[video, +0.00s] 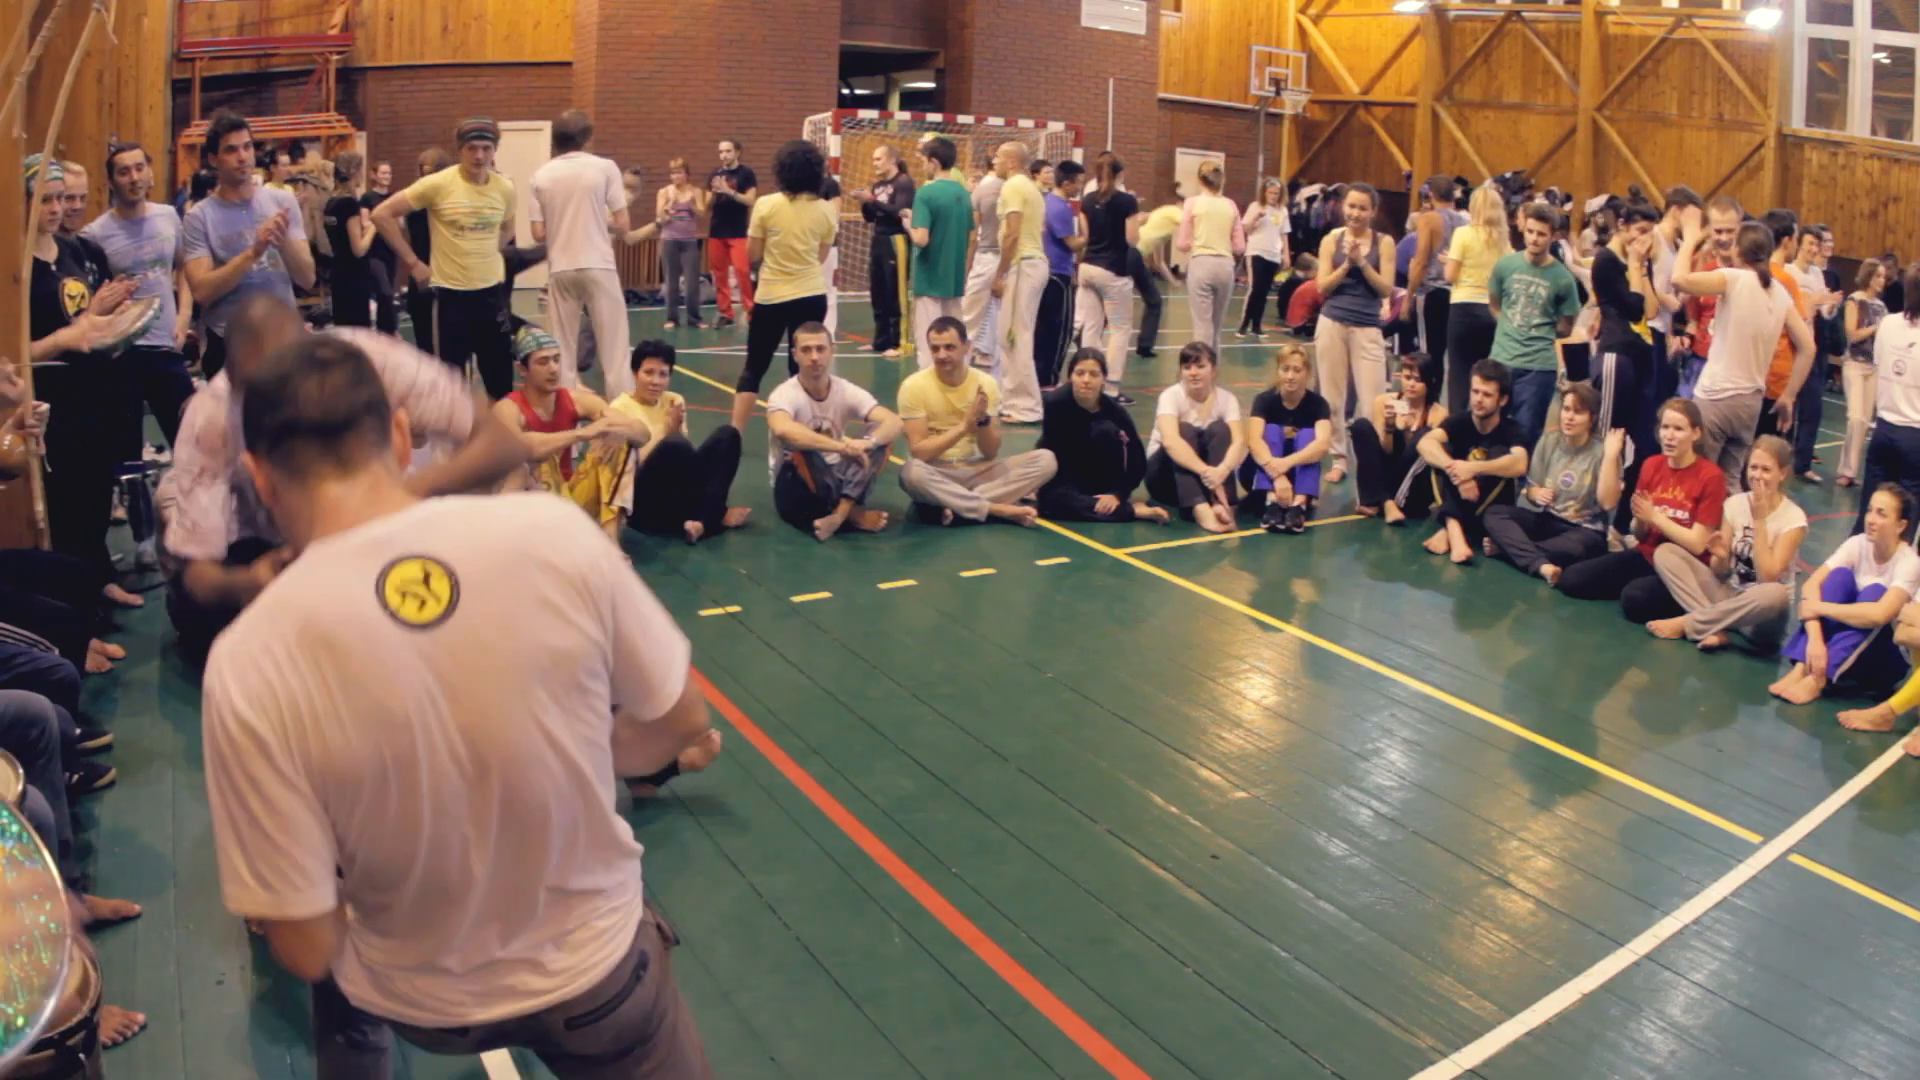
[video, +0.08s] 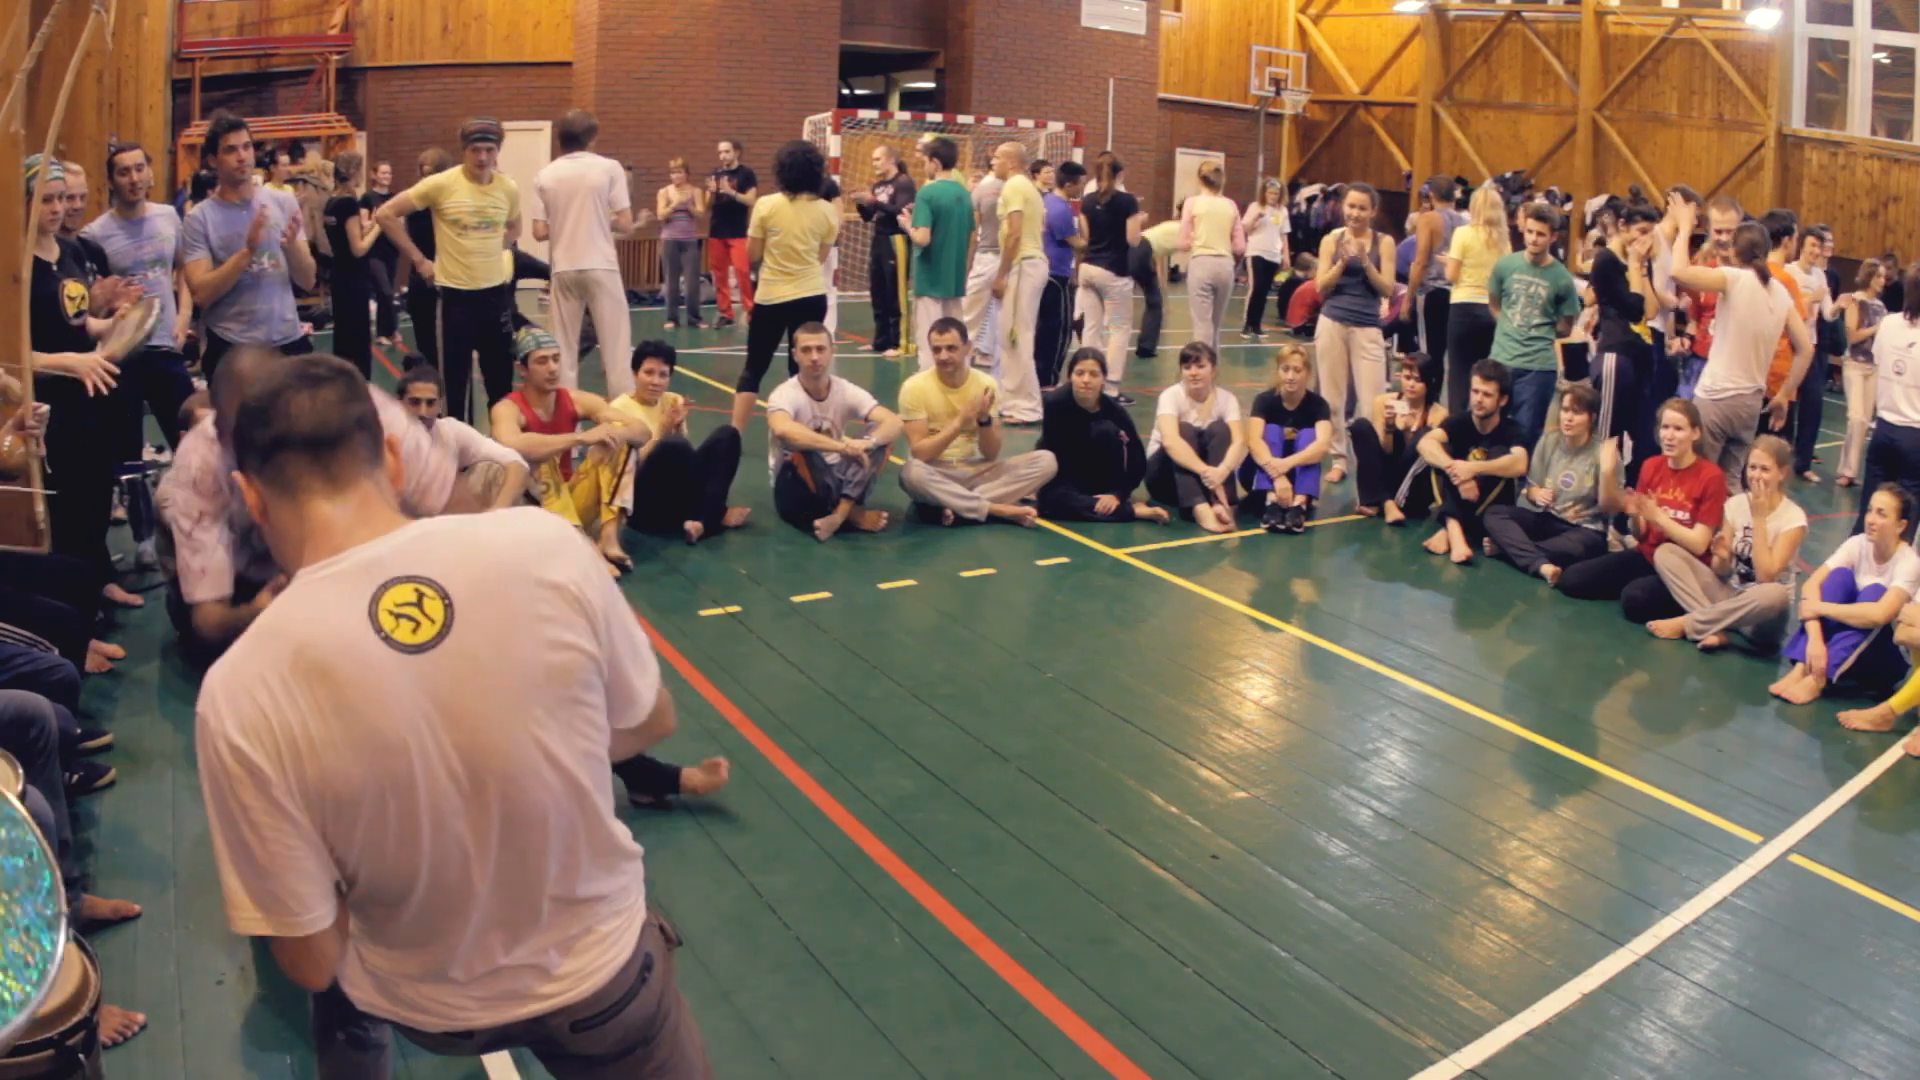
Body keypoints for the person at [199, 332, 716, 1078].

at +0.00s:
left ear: (258, 476)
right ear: (402, 433)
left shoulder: (253, 662)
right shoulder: (554, 533)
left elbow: (306, 953)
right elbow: (674, 720)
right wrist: (552, 755)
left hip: (413, 999)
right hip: (595, 973)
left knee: (337, 975)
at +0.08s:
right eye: (400, 432)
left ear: (251, 496)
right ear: (392, 455)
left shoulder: (244, 693)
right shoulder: (544, 544)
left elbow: (311, 964)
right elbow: (651, 721)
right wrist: (530, 750)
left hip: (420, 1004)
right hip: (600, 980)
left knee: (340, 984)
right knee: (662, 1066)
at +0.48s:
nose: (259, 404)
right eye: (247, 391)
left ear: (111, 469)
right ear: (238, 403)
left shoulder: (121, 616)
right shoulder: (344, 454)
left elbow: (174, 728)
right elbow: (447, 606)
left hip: (358, 982)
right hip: (540, 923)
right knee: (670, 1067)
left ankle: (295, 1048)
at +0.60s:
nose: (271, 469)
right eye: (243, 464)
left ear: (107, 547)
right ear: (213, 478)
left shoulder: (108, 672)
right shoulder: (315, 511)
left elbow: (187, 766)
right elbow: (391, 631)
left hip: (356, 1002)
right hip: (528, 936)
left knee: (272, 993)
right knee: (644, 1010)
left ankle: (285, 1063)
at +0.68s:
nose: (257, 502)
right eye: (240, 492)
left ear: (120, 579)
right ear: (218, 505)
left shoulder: (119, 694)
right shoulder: (320, 537)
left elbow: (213, 788)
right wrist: (145, 667)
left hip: (366, 1018)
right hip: (535, 949)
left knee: (275, 967)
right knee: (642, 992)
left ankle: (290, 1057)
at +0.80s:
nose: (285, 513)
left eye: (285, 493)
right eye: (271, 508)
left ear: (171, 589)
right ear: (263, 523)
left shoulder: (160, 691)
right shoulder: (362, 559)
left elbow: (236, 791)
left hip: (391, 1020)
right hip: (557, 956)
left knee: (297, 970)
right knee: (651, 962)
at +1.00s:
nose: (339, 487)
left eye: (346, 476)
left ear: (363, 476)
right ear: (465, 472)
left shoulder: (320, 573)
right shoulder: (542, 534)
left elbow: (259, 752)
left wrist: (339, 713)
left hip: (427, 960)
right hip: (605, 932)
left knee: (354, 996)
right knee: (735, 902)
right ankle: (802, 1070)